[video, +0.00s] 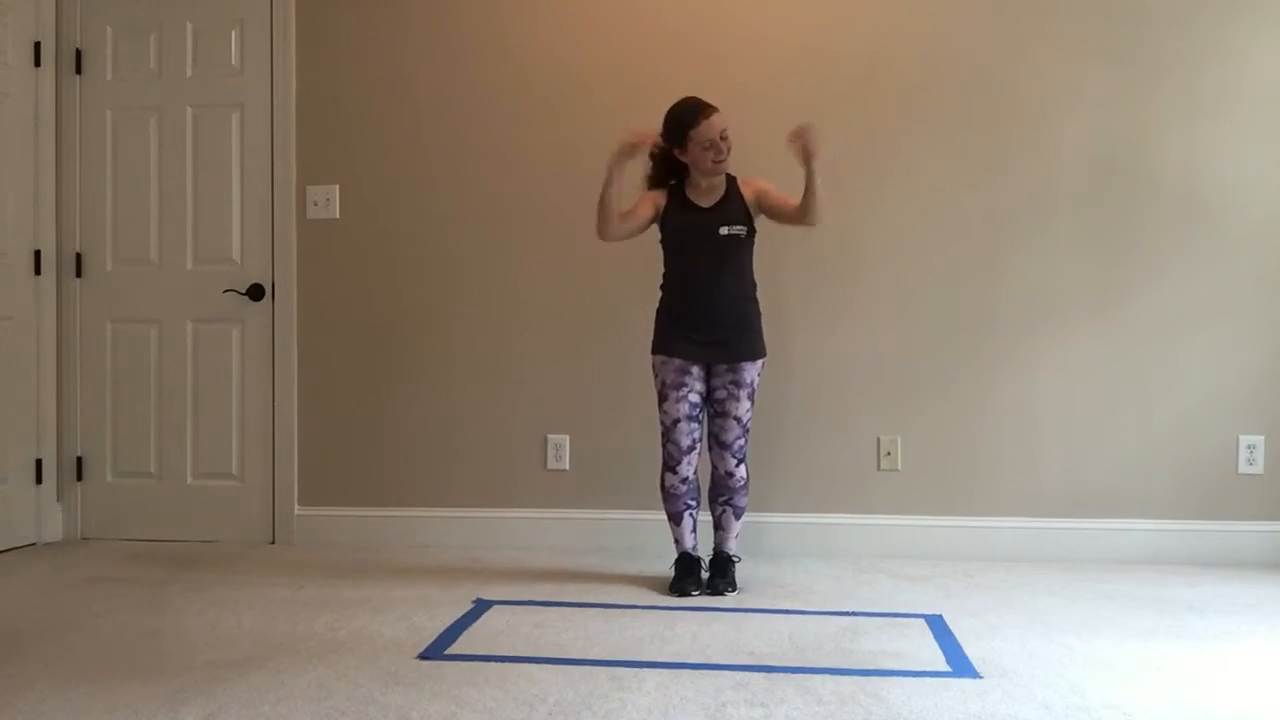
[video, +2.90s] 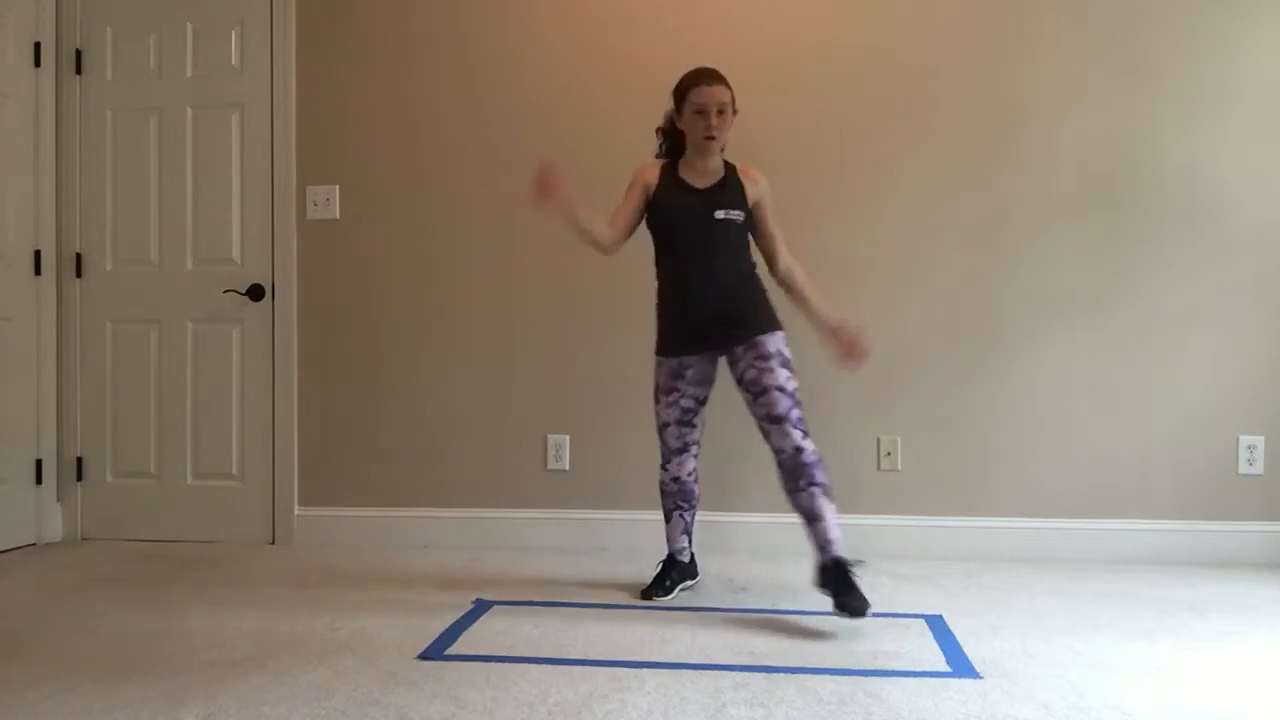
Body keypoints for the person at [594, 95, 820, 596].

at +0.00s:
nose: (722, 147)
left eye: (725, 137)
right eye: (709, 143)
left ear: (730, 138)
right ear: (682, 152)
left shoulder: (747, 191)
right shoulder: (663, 200)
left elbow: (805, 214)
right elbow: (609, 230)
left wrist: (810, 166)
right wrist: (617, 165)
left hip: (739, 343)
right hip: (679, 342)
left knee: (730, 451)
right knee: (680, 451)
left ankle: (724, 556)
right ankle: (686, 558)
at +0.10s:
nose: (718, 145)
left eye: (721, 135)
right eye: (705, 140)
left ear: (727, 135)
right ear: (679, 149)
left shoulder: (746, 190)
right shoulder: (660, 200)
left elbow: (820, 198)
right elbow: (589, 228)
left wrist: (793, 198)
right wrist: (634, 206)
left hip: (739, 343)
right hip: (680, 343)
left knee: (729, 452)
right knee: (681, 451)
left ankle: (724, 555)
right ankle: (686, 558)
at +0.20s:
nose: (713, 140)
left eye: (719, 129)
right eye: (700, 133)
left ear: (727, 129)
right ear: (677, 141)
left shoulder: (749, 184)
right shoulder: (658, 195)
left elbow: (817, 210)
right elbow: (595, 235)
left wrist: (794, 250)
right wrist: (625, 266)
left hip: (738, 340)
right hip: (678, 341)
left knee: (728, 451)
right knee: (681, 450)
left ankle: (724, 556)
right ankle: (686, 558)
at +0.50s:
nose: (705, 129)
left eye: (713, 119)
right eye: (693, 121)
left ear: (724, 125)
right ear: (674, 130)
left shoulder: (750, 188)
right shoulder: (656, 192)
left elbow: (762, 265)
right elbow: (646, 268)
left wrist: (774, 333)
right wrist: (628, 333)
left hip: (736, 344)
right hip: (675, 343)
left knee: (728, 451)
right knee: (680, 451)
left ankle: (724, 555)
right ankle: (686, 557)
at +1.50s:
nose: (702, 131)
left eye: (710, 123)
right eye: (690, 123)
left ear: (721, 129)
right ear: (670, 131)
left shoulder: (739, 192)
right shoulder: (647, 190)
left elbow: (770, 252)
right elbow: (630, 263)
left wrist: (811, 282)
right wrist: (604, 308)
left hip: (723, 341)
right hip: (664, 341)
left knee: (721, 448)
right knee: (672, 450)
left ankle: (724, 555)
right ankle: (683, 556)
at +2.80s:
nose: (701, 122)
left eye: (711, 112)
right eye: (689, 112)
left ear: (724, 122)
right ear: (669, 120)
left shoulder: (741, 184)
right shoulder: (644, 185)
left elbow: (780, 256)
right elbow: (617, 260)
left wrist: (840, 284)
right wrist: (569, 291)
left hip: (732, 326)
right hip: (668, 331)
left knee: (767, 430)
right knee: (664, 450)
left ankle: (790, 551)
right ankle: (678, 560)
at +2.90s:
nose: (714, 122)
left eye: (723, 111)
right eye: (701, 111)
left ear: (734, 117)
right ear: (679, 118)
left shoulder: (747, 181)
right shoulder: (652, 177)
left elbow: (779, 262)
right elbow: (609, 239)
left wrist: (828, 324)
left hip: (751, 325)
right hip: (683, 331)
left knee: (790, 437)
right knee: (677, 449)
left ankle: (832, 562)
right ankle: (678, 560)